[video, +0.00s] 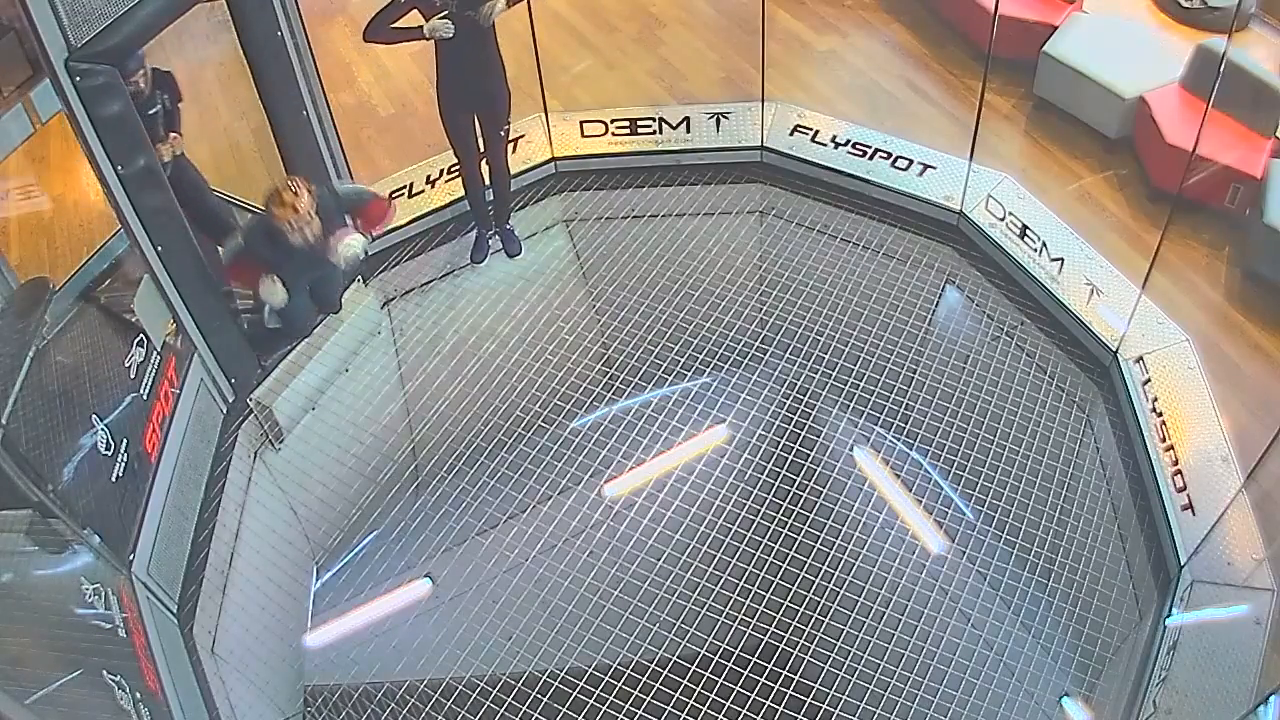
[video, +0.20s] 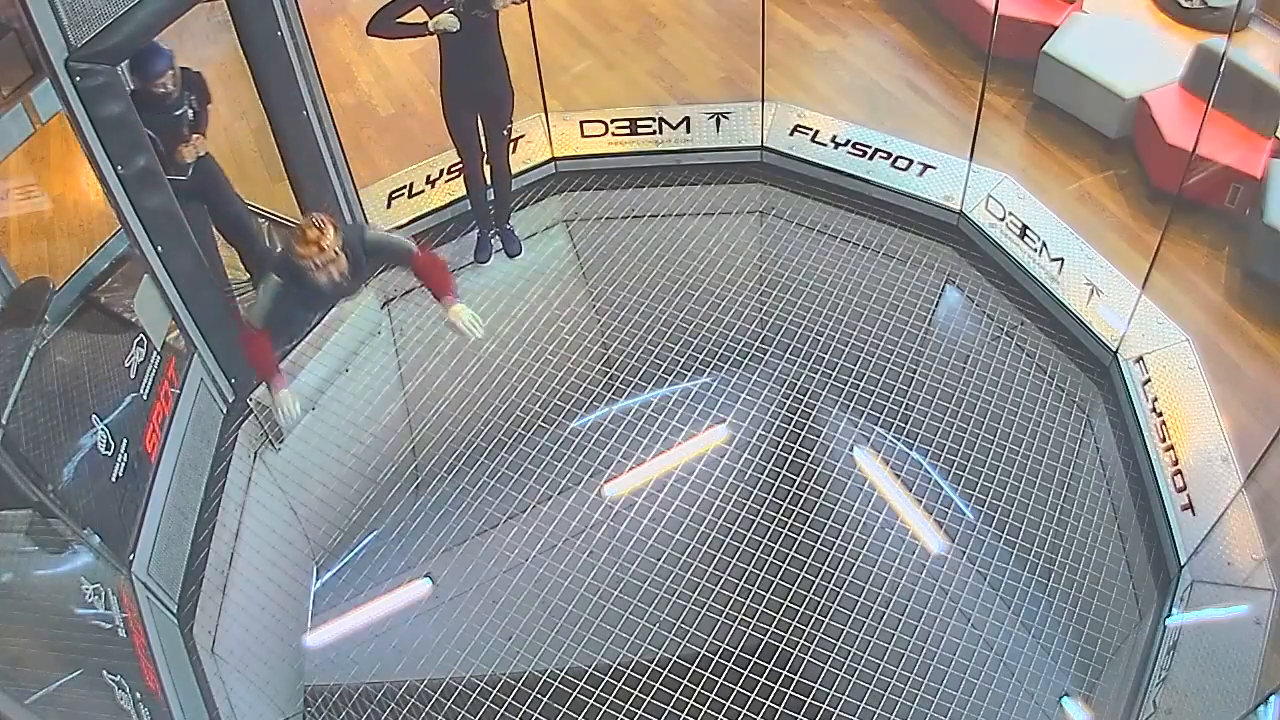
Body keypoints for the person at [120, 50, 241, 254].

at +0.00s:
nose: (139, 86)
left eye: (142, 77)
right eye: (131, 83)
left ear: (148, 67)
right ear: (120, 83)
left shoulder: (164, 80)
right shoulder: (115, 102)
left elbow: (173, 109)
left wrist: (174, 133)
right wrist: (150, 156)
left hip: (170, 157)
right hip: (142, 170)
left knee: (203, 200)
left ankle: (232, 237)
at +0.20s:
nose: (169, 86)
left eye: (170, 77)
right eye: (159, 84)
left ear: (175, 67)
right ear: (141, 86)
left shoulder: (192, 80)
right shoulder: (133, 110)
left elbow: (201, 107)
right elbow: (143, 162)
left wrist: (199, 134)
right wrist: (174, 161)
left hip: (202, 164)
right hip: (171, 181)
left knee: (237, 217)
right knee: (200, 243)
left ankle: (266, 275)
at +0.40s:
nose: (185, 95)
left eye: (188, 86)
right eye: (176, 92)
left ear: (194, 74)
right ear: (158, 89)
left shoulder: (210, 84)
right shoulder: (144, 117)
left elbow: (220, 103)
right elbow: (152, 167)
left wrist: (217, 128)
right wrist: (188, 160)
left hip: (211, 165)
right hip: (178, 185)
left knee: (242, 222)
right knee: (205, 244)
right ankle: (232, 312)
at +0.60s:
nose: (181, 91)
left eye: (183, 81)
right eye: (172, 89)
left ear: (188, 72)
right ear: (152, 88)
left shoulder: (205, 87)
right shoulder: (144, 118)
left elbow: (227, 113)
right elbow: (155, 165)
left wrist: (212, 125)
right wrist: (184, 147)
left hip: (215, 172)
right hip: (183, 192)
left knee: (244, 230)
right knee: (215, 255)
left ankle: (268, 282)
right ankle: (248, 318)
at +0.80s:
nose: (174, 84)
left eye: (175, 75)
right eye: (165, 82)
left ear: (179, 68)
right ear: (146, 84)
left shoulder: (199, 86)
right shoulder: (142, 120)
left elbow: (220, 113)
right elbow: (154, 167)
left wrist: (213, 124)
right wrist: (182, 143)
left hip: (218, 177)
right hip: (187, 199)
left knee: (248, 228)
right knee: (218, 257)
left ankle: (268, 268)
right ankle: (250, 315)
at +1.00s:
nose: (178, 83)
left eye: (180, 74)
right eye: (168, 81)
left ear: (185, 66)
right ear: (149, 84)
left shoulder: (205, 87)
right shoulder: (147, 122)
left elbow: (226, 116)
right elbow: (159, 167)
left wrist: (218, 127)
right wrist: (189, 149)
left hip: (222, 178)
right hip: (190, 200)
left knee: (250, 228)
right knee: (219, 258)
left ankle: (269, 269)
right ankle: (249, 312)